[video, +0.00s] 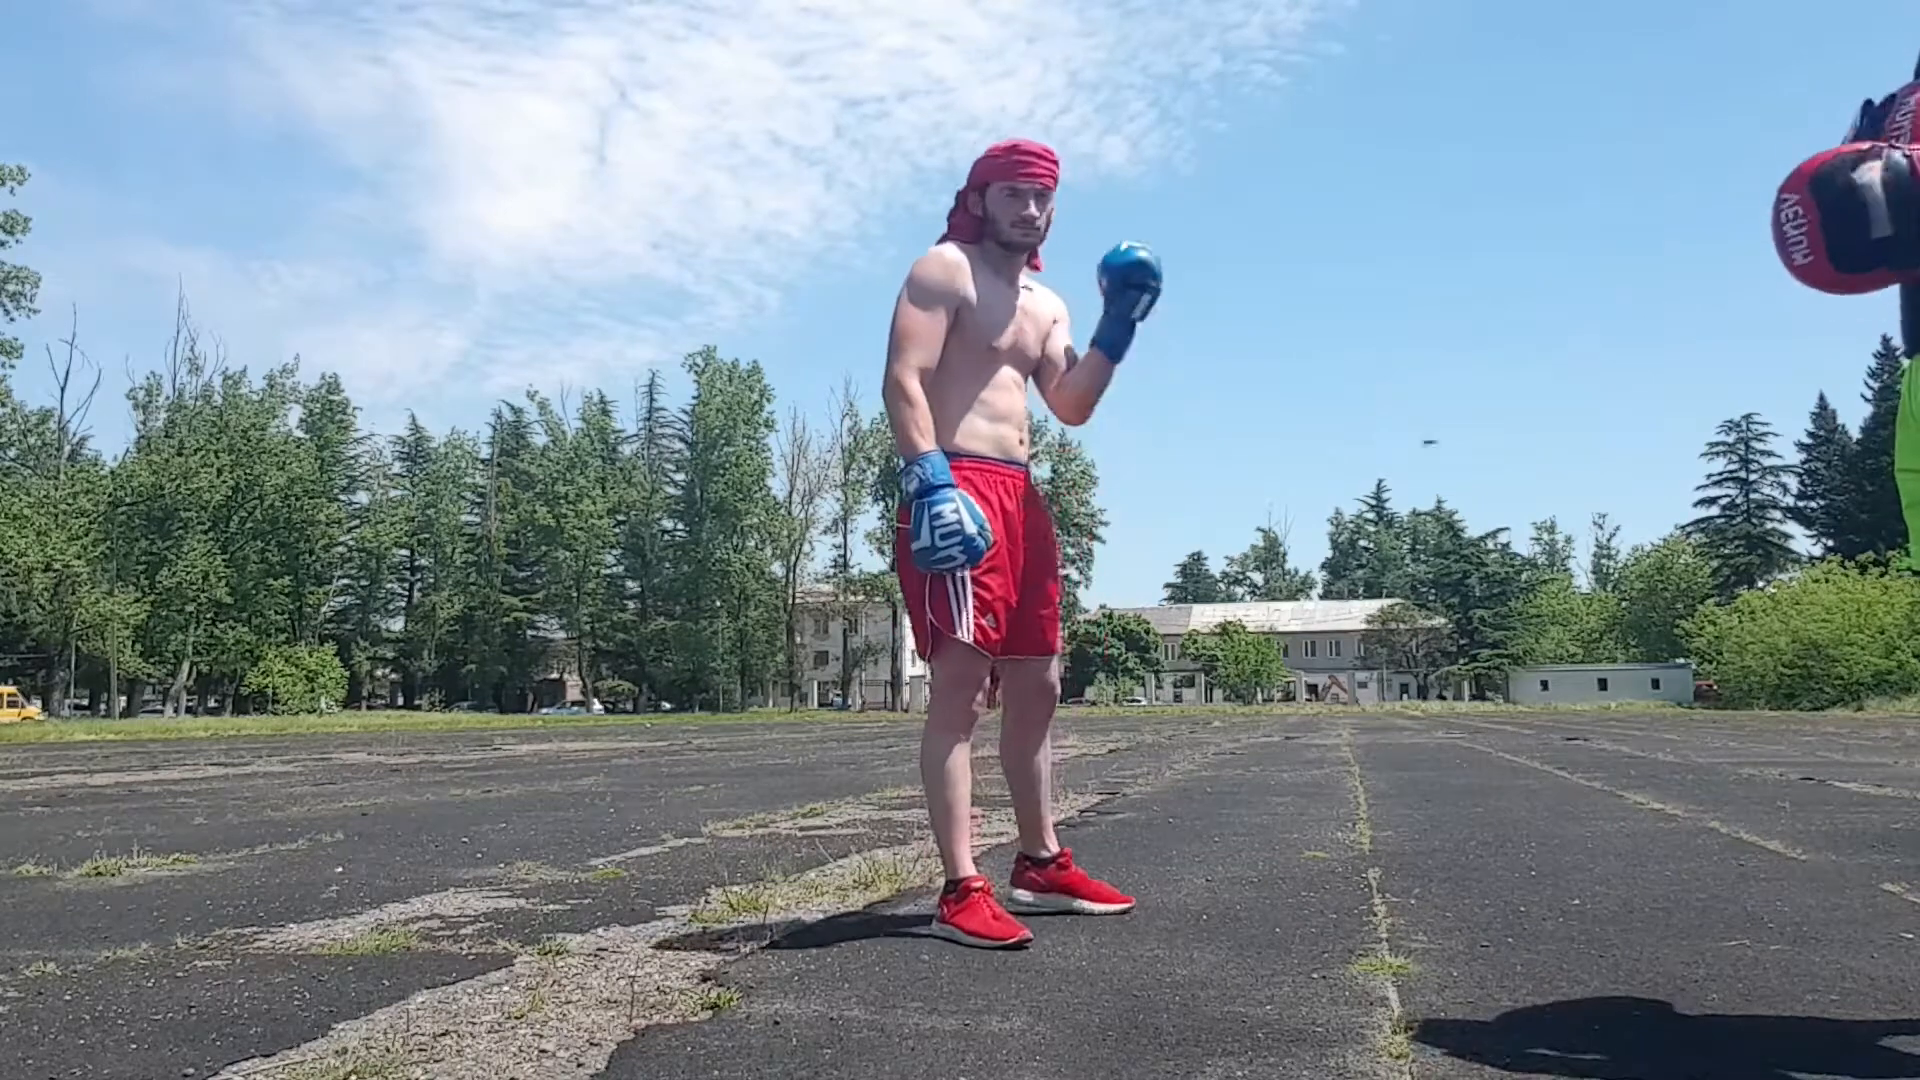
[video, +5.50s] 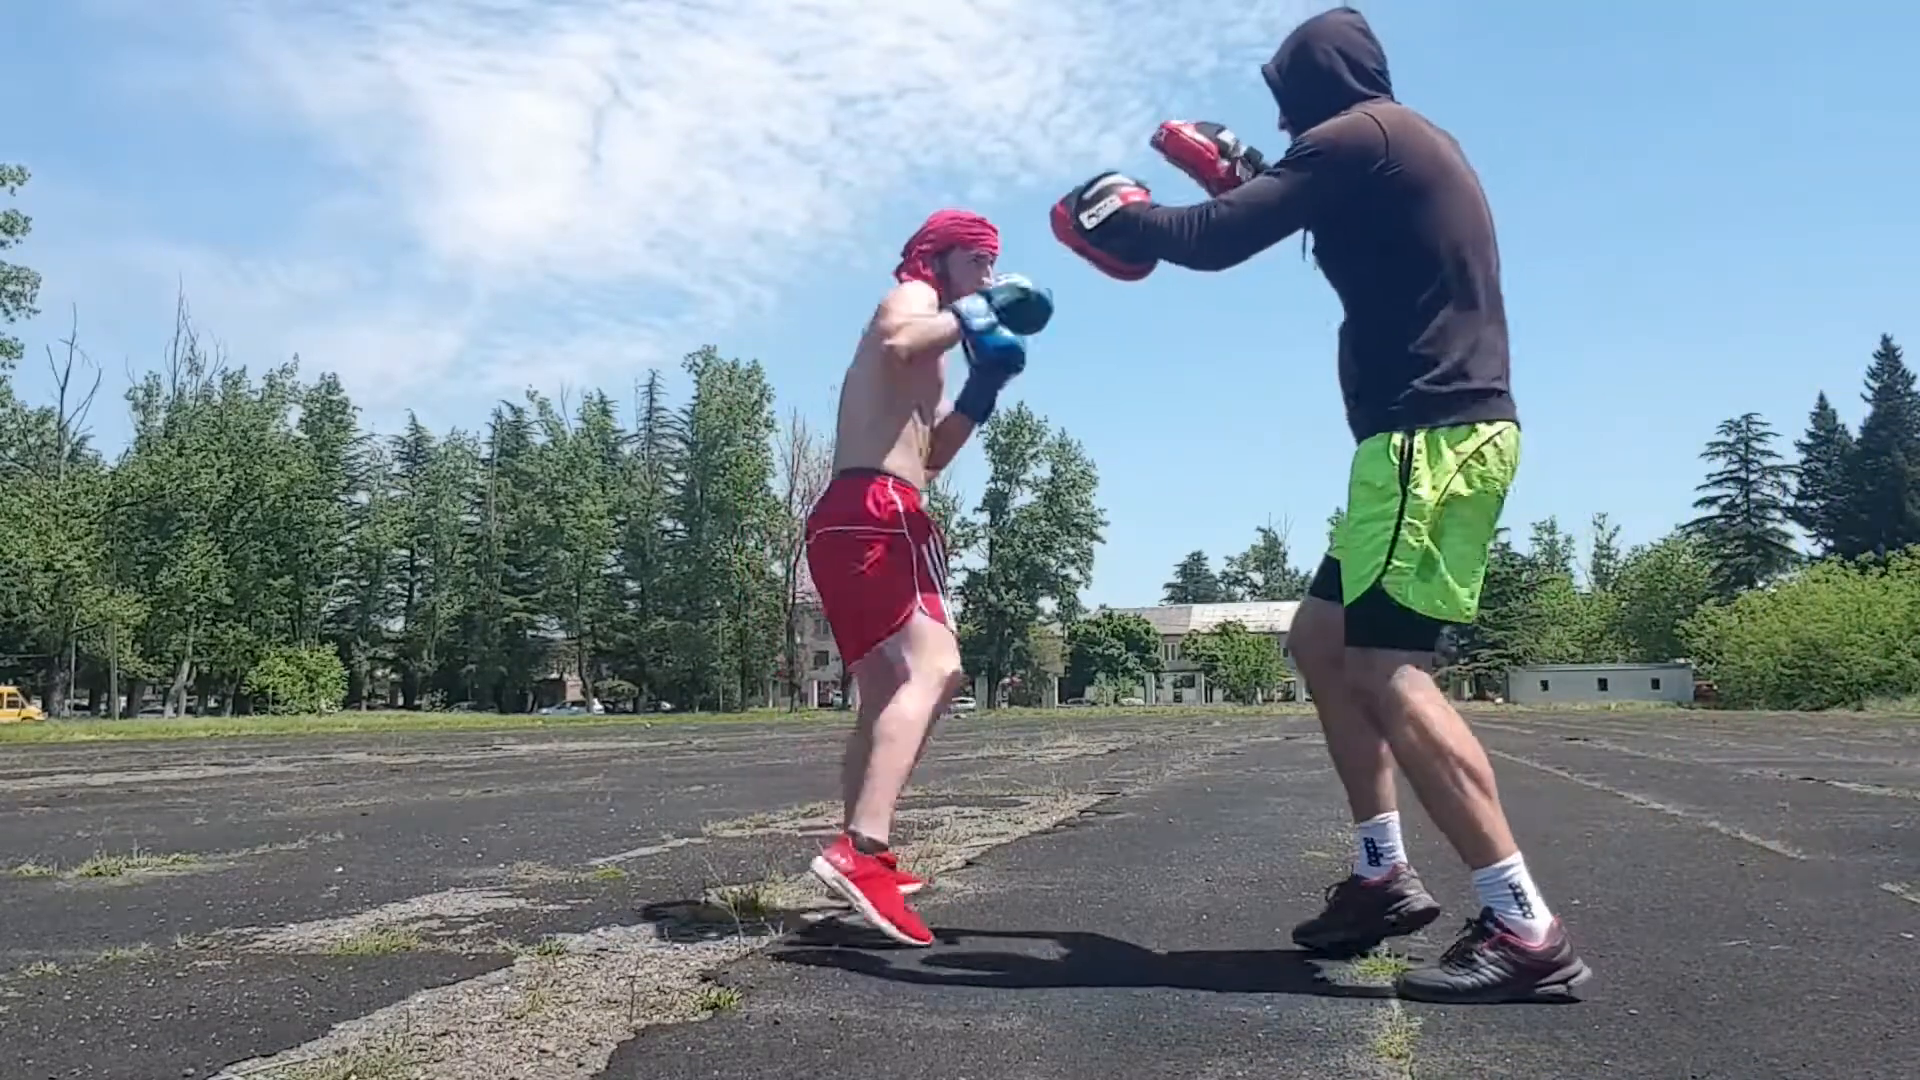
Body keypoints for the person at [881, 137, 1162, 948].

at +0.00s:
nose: (1030, 209)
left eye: (1041, 198)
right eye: (1013, 195)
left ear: (1051, 210)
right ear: (979, 202)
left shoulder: (1047, 303)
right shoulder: (944, 268)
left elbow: (1071, 404)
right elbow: (903, 378)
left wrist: (1117, 322)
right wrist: (932, 485)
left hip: (1022, 497)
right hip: (955, 492)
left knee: (1037, 687)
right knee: (958, 688)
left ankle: (1041, 859)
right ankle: (962, 885)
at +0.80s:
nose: (1032, 243)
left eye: (1038, 232)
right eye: (1023, 226)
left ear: (1020, 238)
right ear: (977, 219)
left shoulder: (1004, 314)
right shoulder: (912, 289)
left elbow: (1007, 442)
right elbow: (892, 405)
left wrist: (1062, 401)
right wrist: (959, 387)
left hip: (1004, 501)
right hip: (949, 495)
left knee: (977, 692)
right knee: (985, 686)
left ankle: (936, 873)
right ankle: (960, 881)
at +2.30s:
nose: (949, 251)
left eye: (959, 240)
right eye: (938, 233)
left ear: (956, 247)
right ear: (894, 226)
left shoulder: (911, 315)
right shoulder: (851, 282)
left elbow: (908, 445)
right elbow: (801, 385)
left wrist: (951, 400)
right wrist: (896, 367)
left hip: (901, 504)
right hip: (861, 499)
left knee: (877, 694)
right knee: (874, 690)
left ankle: (828, 876)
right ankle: (881, 890)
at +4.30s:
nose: (917, 263)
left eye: (924, 252)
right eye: (905, 247)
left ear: (918, 262)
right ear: (859, 246)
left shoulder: (879, 338)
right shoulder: (806, 323)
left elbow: (892, 452)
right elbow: (824, 431)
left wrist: (934, 393)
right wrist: (889, 384)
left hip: (857, 516)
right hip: (807, 514)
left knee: (880, 698)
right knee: (843, 697)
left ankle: (795, 850)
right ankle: (839, 887)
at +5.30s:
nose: (960, 294)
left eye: (962, 283)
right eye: (947, 281)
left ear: (945, 292)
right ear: (905, 284)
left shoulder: (933, 368)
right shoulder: (863, 340)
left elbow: (950, 463)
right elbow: (878, 429)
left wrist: (980, 389)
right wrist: (969, 419)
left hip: (895, 536)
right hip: (851, 532)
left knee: (912, 697)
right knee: (937, 667)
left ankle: (850, 859)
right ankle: (878, 841)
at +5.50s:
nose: (990, 276)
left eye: (992, 265)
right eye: (979, 261)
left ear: (964, 270)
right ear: (937, 258)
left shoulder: (926, 351)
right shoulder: (909, 296)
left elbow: (931, 456)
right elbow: (900, 341)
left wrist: (984, 386)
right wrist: (976, 311)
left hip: (867, 519)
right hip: (872, 511)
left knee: (884, 697)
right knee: (934, 667)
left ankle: (859, 852)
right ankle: (865, 845)